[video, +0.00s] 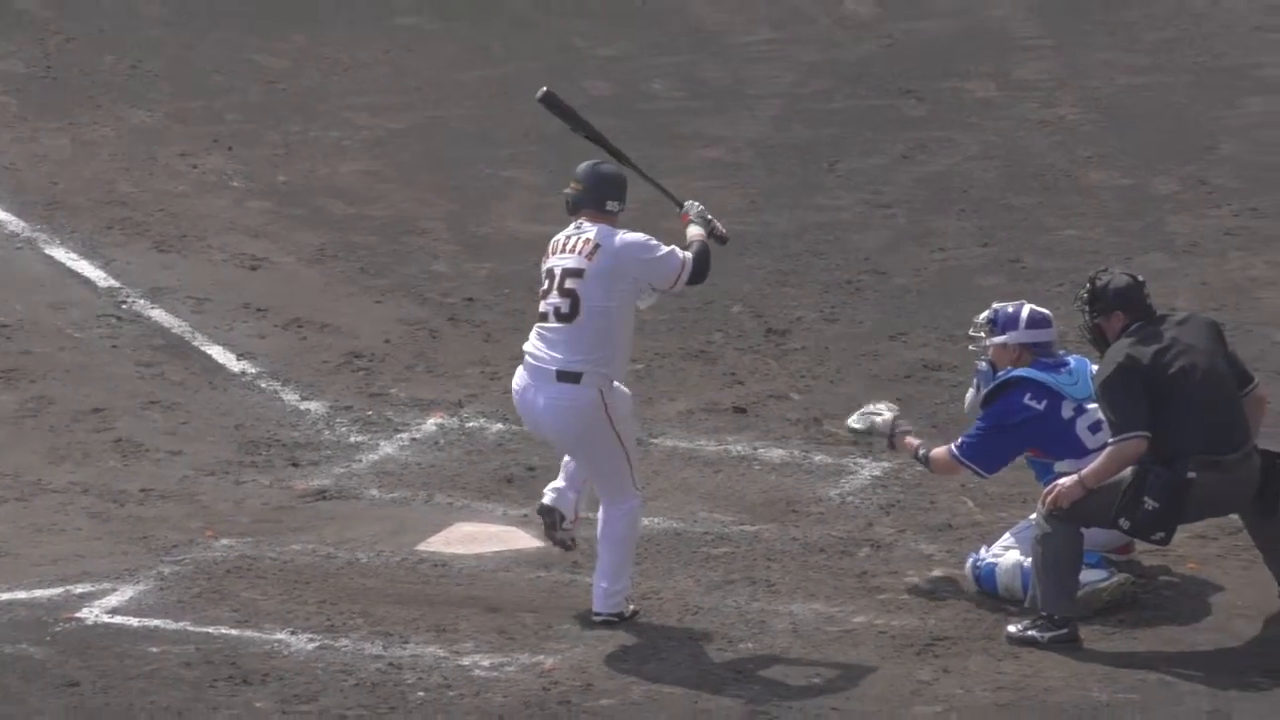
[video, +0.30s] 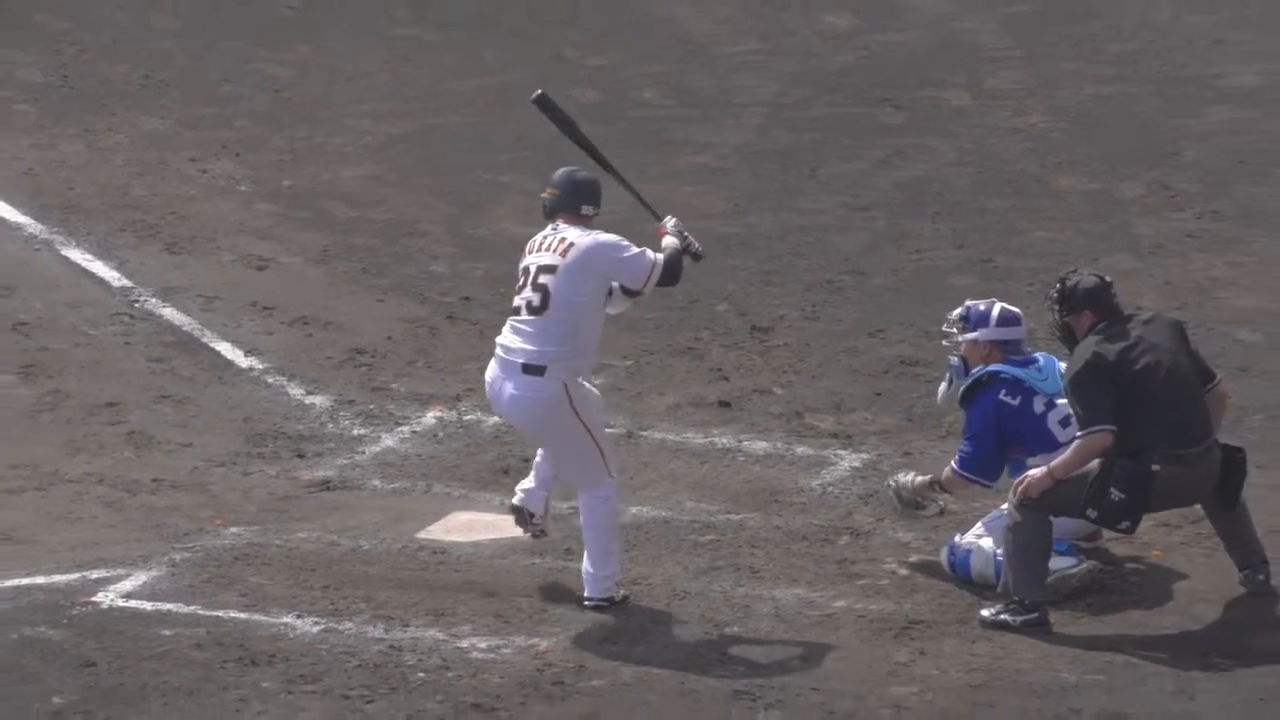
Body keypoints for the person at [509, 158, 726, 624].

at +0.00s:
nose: (569, 203)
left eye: (571, 197)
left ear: (576, 200)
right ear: (617, 203)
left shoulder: (559, 243)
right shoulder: (627, 246)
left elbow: (641, 287)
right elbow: (695, 269)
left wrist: (702, 242)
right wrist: (696, 227)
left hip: (527, 389)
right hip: (583, 400)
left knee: (618, 403)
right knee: (621, 498)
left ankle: (562, 499)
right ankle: (609, 603)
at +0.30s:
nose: (594, 215)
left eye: (548, 201)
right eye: (593, 207)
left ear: (551, 205)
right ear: (591, 208)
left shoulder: (537, 243)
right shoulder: (598, 246)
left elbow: (607, 293)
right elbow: (668, 272)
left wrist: (666, 261)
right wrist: (672, 237)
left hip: (499, 381)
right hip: (548, 394)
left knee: (587, 404)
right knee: (598, 484)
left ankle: (532, 499)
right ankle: (601, 587)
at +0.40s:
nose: (538, 210)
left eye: (541, 204)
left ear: (545, 208)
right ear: (582, 212)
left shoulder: (530, 245)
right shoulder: (588, 247)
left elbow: (604, 295)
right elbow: (656, 268)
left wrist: (667, 263)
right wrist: (662, 239)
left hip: (490, 378)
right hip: (539, 389)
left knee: (534, 429)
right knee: (594, 479)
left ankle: (480, 506)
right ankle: (603, 581)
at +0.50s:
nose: (529, 218)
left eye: (531, 212)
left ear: (535, 215)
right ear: (570, 218)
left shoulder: (522, 250)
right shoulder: (573, 251)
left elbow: (593, 293)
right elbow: (638, 265)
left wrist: (651, 261)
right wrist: (647, 239)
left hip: (481, 376)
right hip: (528, 387)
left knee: (480, 448)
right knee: (587, 473)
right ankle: (603, 571)